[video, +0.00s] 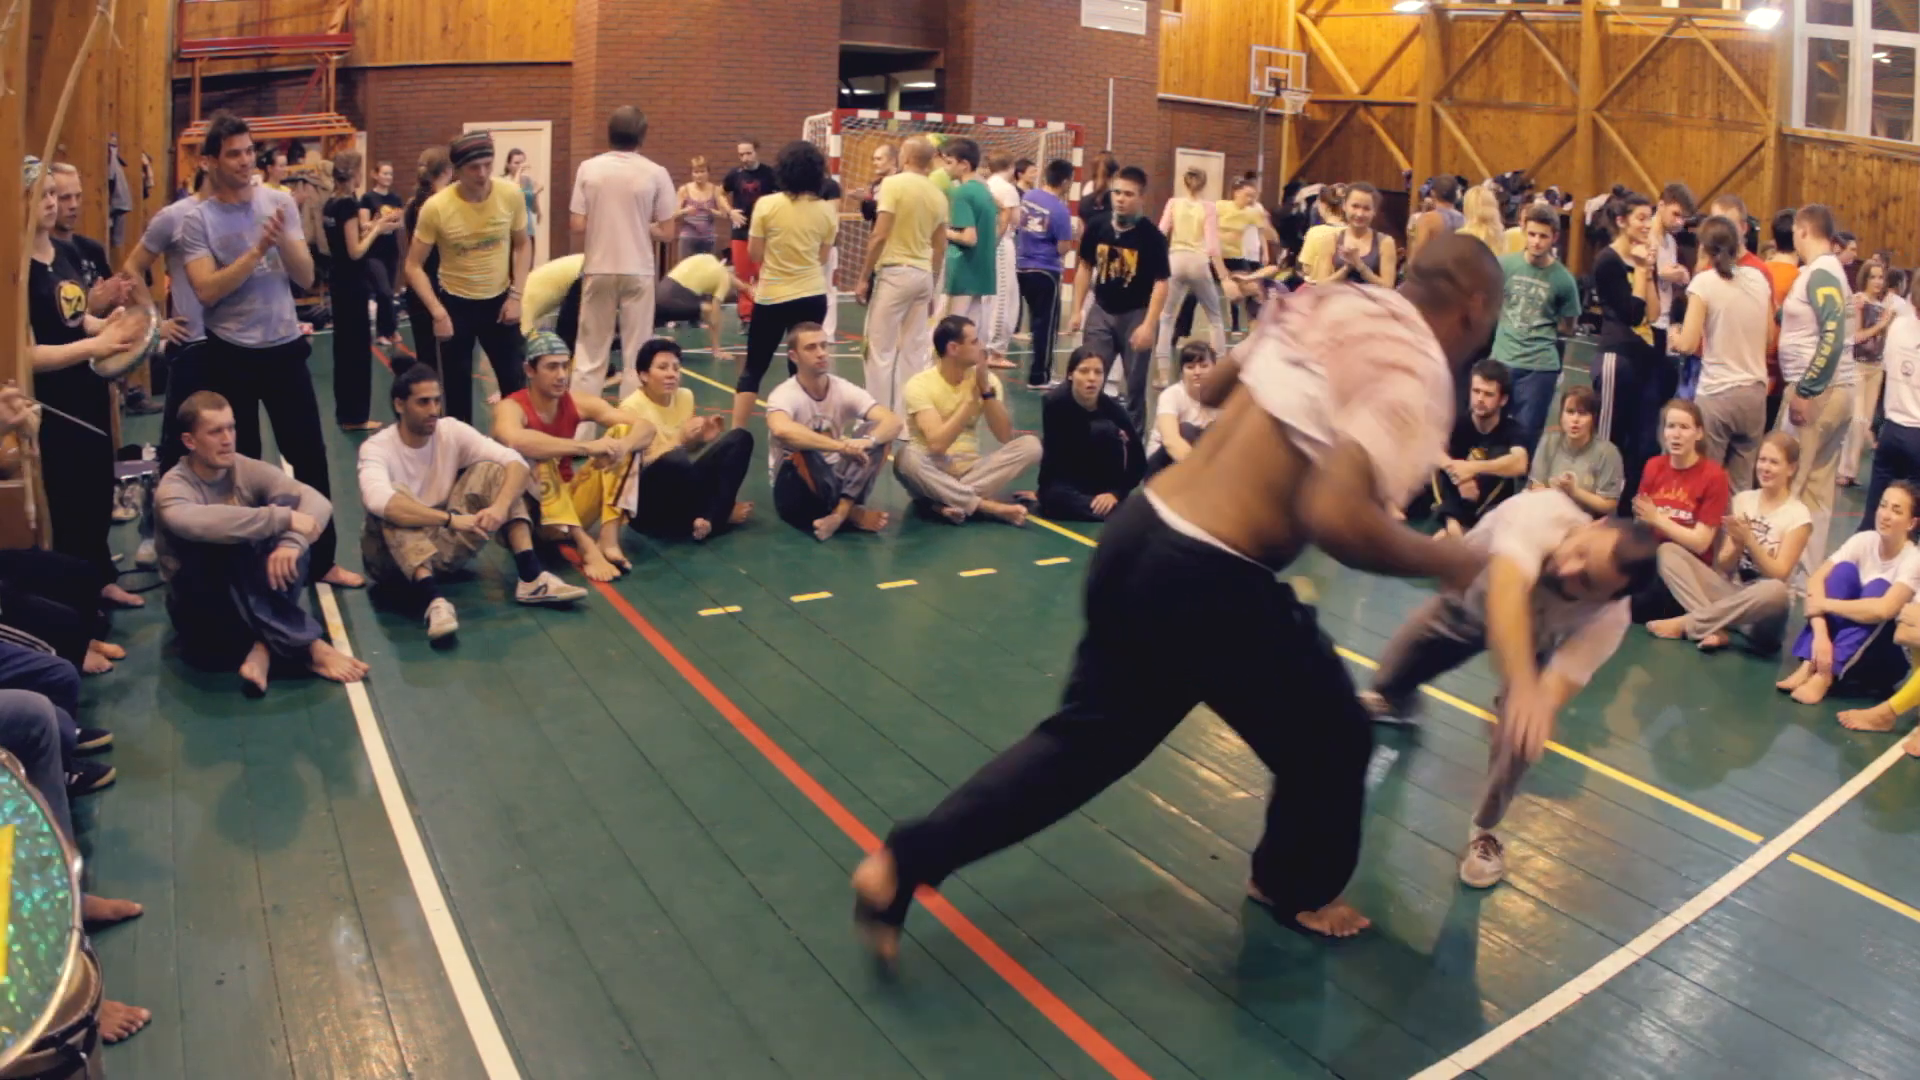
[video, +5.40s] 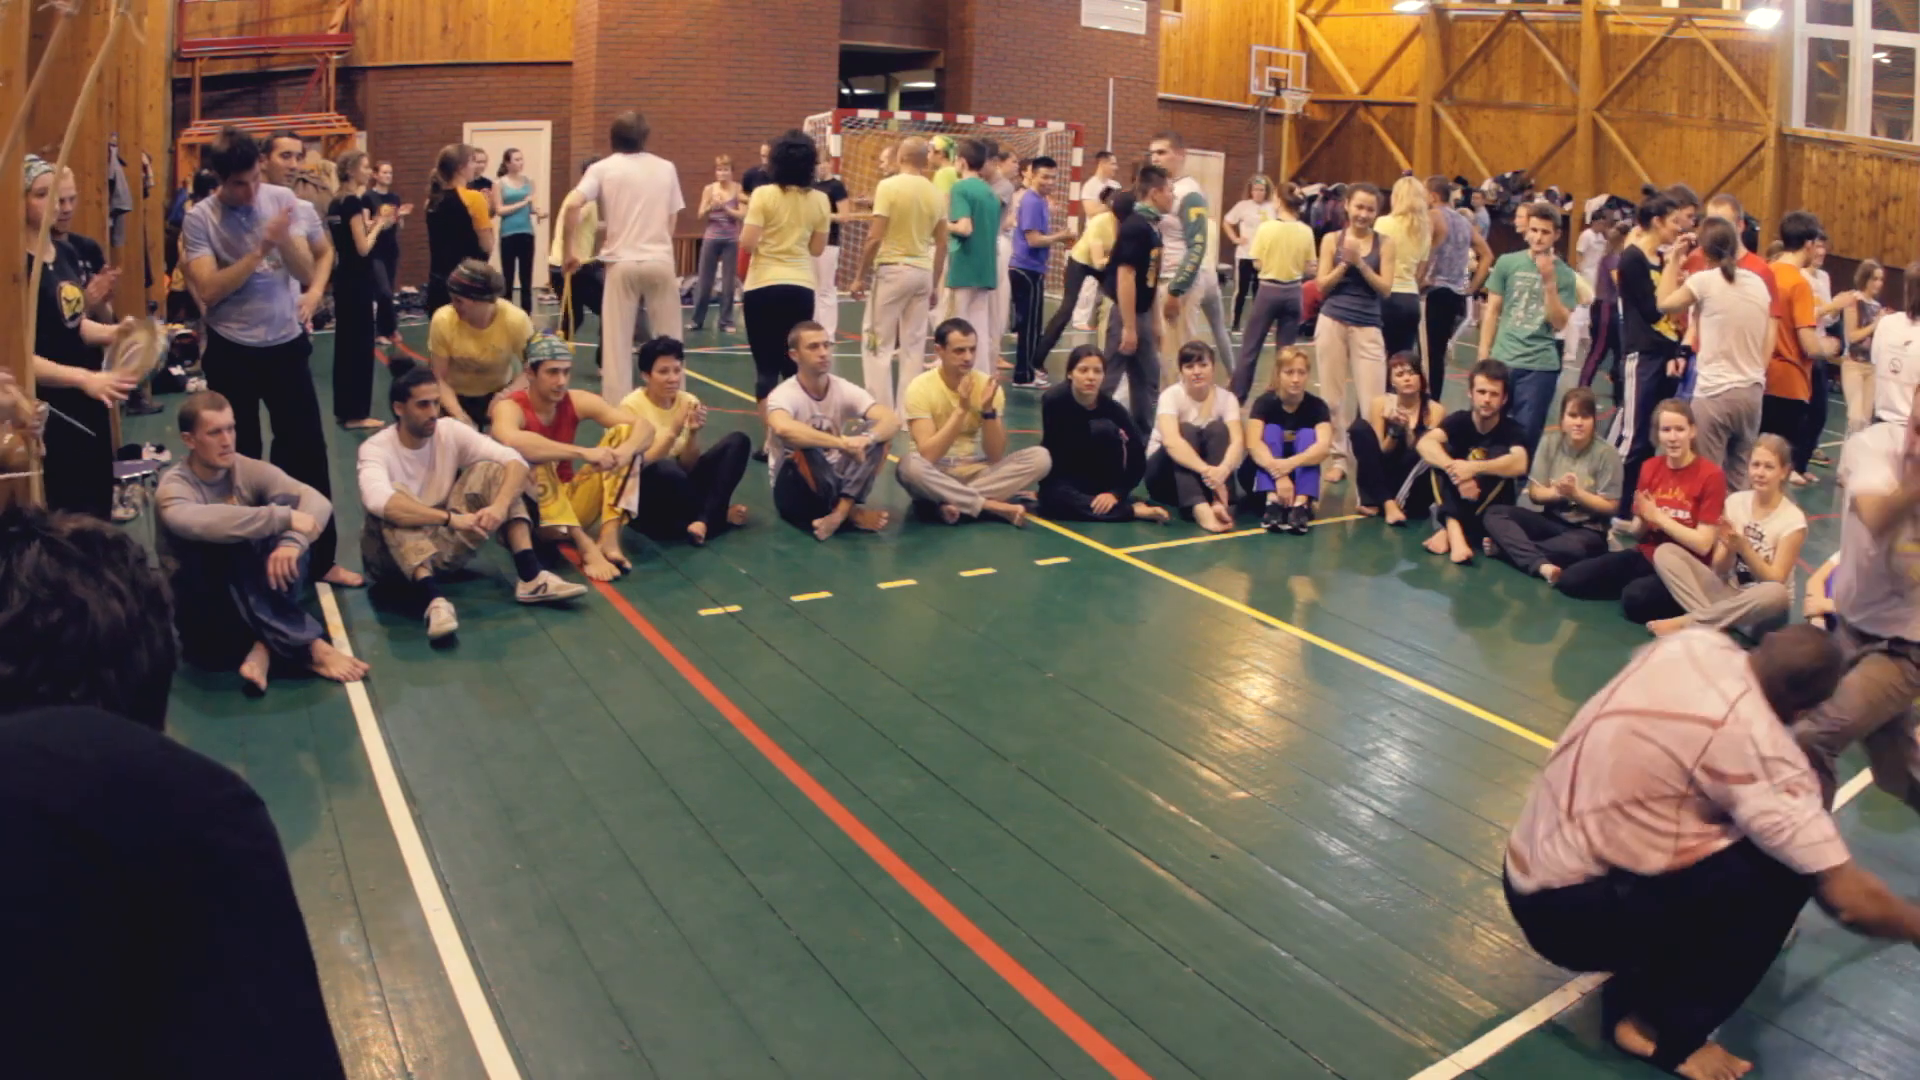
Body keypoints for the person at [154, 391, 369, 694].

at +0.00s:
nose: (228, 439)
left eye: (231, 429)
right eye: (216, 432)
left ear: (237, 429)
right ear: (189, 441)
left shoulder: (245, 468)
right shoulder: (174, 487)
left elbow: (317, 502)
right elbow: (192, 523)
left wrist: (292, 544)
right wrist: (283, 517)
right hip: (208, 616)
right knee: (214, 544)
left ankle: (264, 645)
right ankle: (310, 645)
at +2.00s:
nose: (229, 439)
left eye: (232, 429)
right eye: (217, 432)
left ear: (238, 429)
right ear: (190, 440)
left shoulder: (247, 469)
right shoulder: (174, 488)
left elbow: (317, 501)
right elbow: (197, 523)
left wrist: (292, 543)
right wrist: (284, 518)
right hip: (211, 611)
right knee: (212, 546)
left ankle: (265, 645)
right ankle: (310, 646)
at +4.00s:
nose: (228, 440)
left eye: (230, 429)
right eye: (215, 433)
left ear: (237, 429)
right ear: (189, 440)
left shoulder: (247, 469)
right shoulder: (174, 487)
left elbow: (316, 501)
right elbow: (192, 523)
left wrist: (292, 543)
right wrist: (283, 517)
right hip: (209, 614)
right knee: (214, 546)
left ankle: (263, 645)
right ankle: (310, 645)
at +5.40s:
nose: (227, 441)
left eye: (230, 430)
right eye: (215, 433)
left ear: (236, 429)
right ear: (189, 440)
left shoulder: (248, 469)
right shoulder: (174, 487)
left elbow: (317, 501)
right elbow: (193, 523)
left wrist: (292, 543)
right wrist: (284, 517)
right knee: (219, 542)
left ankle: (266, 644)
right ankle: (310, 644)